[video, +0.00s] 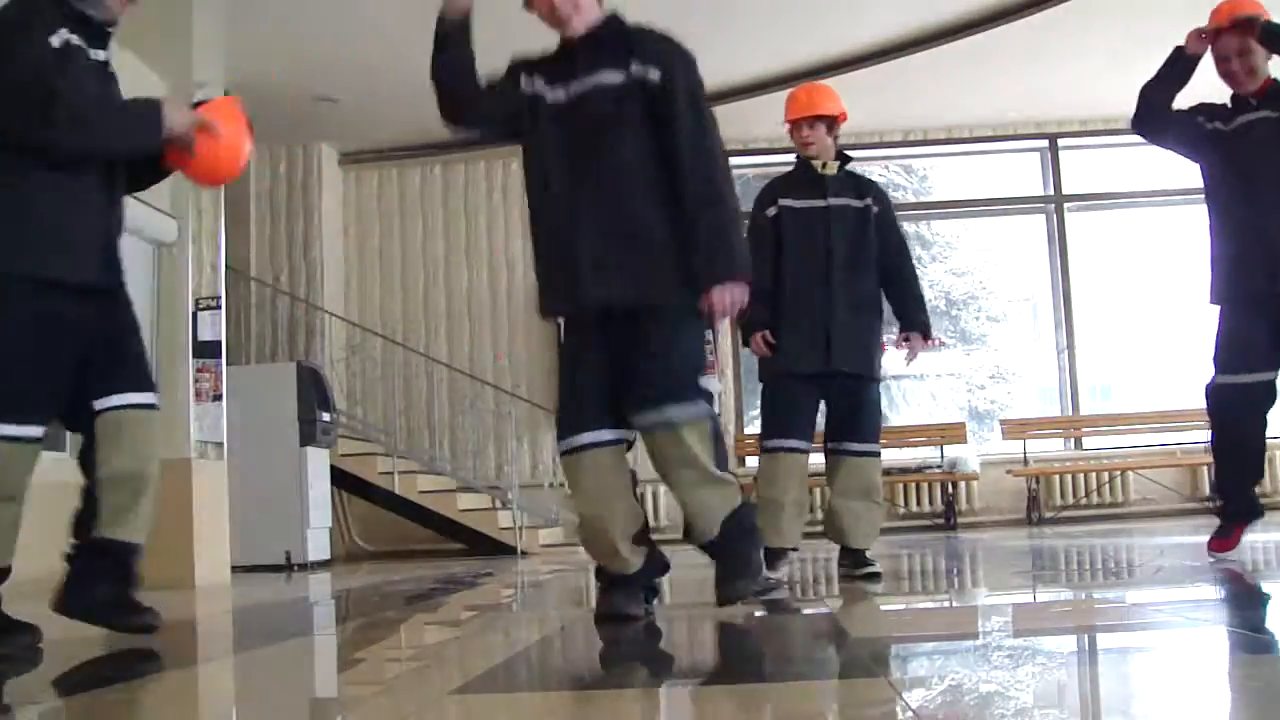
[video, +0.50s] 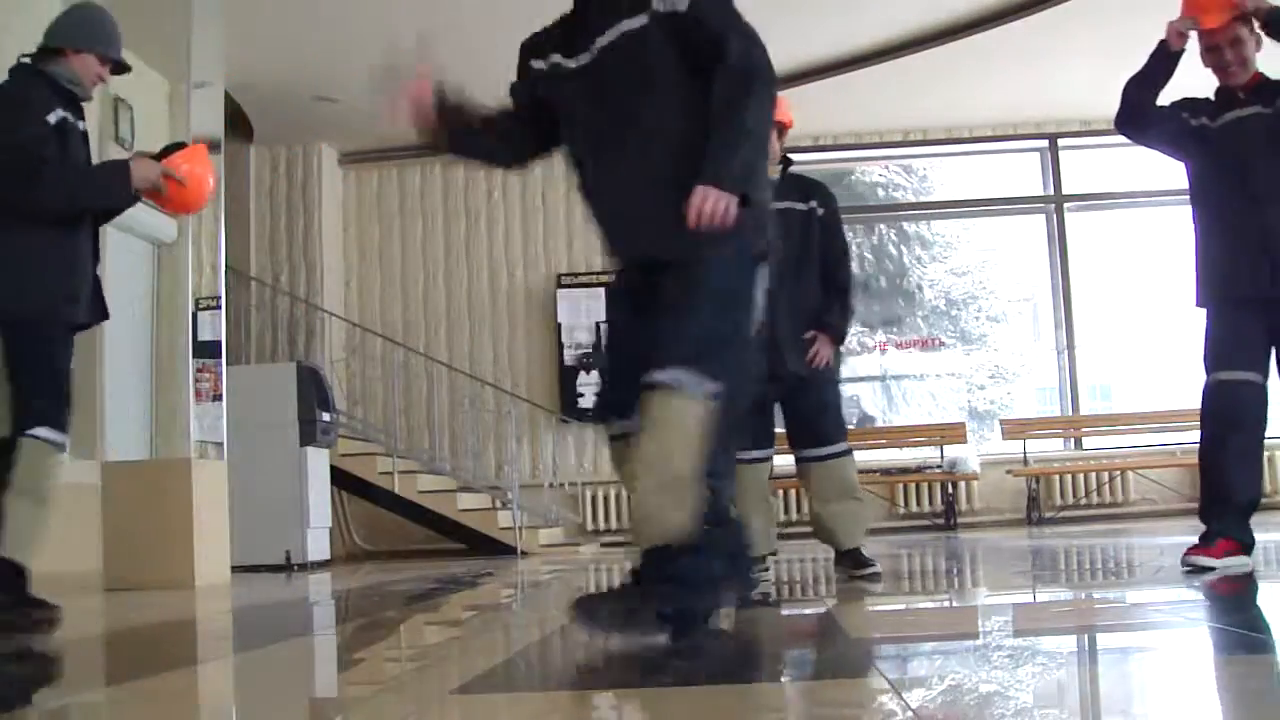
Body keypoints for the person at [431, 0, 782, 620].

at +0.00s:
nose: (546, 5)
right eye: (538, 2)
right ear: (536, 11)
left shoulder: (656, 56)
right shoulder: (533, 80)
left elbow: (703, 165)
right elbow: (462, 108)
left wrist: (724, 267)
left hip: (665, 284)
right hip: (584, 295)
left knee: (670, 417)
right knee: (587, 448)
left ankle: (736, 546)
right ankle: (628, 581)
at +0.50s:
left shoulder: (672, 4)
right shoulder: (548, 53)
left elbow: (747, 69)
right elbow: (525, 137)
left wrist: (724, 174)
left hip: (718, 236)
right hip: (645, 253)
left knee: (681, 402)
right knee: (631, 423)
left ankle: (673, 582)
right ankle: (713, 563)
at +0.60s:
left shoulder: (690, 6)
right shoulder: (557, 65)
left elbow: (754, 94)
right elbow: (556, 166)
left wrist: (707, 191)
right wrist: (505, 238)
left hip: (755, 231)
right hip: (665, 248)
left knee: (761, 394)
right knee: (660, 419)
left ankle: (784, 568)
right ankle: (701, 578)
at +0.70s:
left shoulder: (701, 16)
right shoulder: (578, 87)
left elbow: (762, 131)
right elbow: (584, 200)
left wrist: (710, 224)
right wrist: (540, 294)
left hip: (764, 246)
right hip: (673, 268)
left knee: (825, 396)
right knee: (655, 427)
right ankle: (702, 577)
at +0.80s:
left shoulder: (733, 10)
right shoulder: (592, 62)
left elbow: (799, 110)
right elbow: (582, 166)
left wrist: (748, 194)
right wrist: (519, 242)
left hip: (786, 264)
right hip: (681, 285)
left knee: (871, 397)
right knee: (668, 437)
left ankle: (966, 510)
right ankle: (703, 582)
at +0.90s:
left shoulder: (785, 4)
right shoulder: (618, 18)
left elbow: (853, 62)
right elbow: (579, 95)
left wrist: (802, 134)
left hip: (807, 238)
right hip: (697, 254)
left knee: (894, 360)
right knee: (685, 415)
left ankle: (944, 497)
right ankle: (683, 578)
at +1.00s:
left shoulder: (821, 3)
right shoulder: (641, 17)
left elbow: (895, 59)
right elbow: (552, 49)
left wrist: (874, 133)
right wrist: (447, 56)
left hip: (821, 235)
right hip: (711, 246)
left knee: (906, 370)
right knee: (672, 399)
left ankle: (960, 515)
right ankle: (632, 550)